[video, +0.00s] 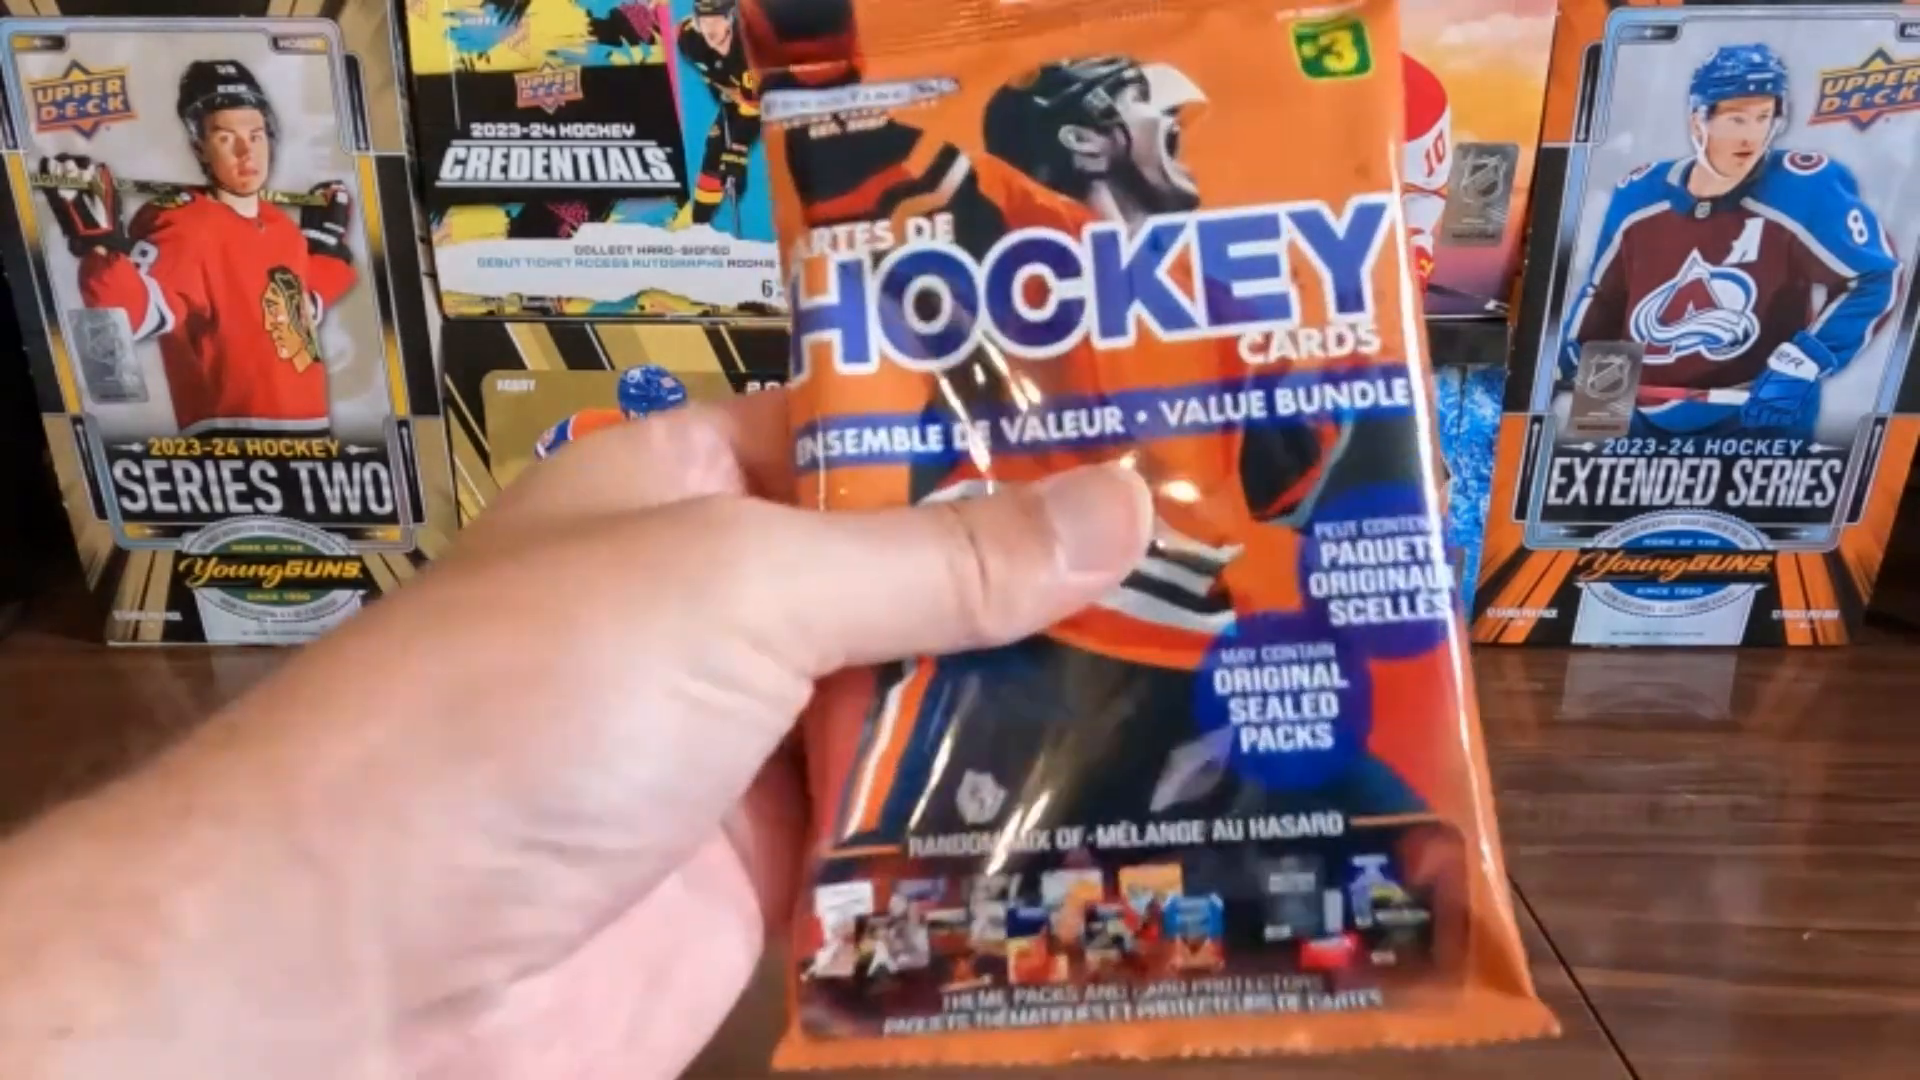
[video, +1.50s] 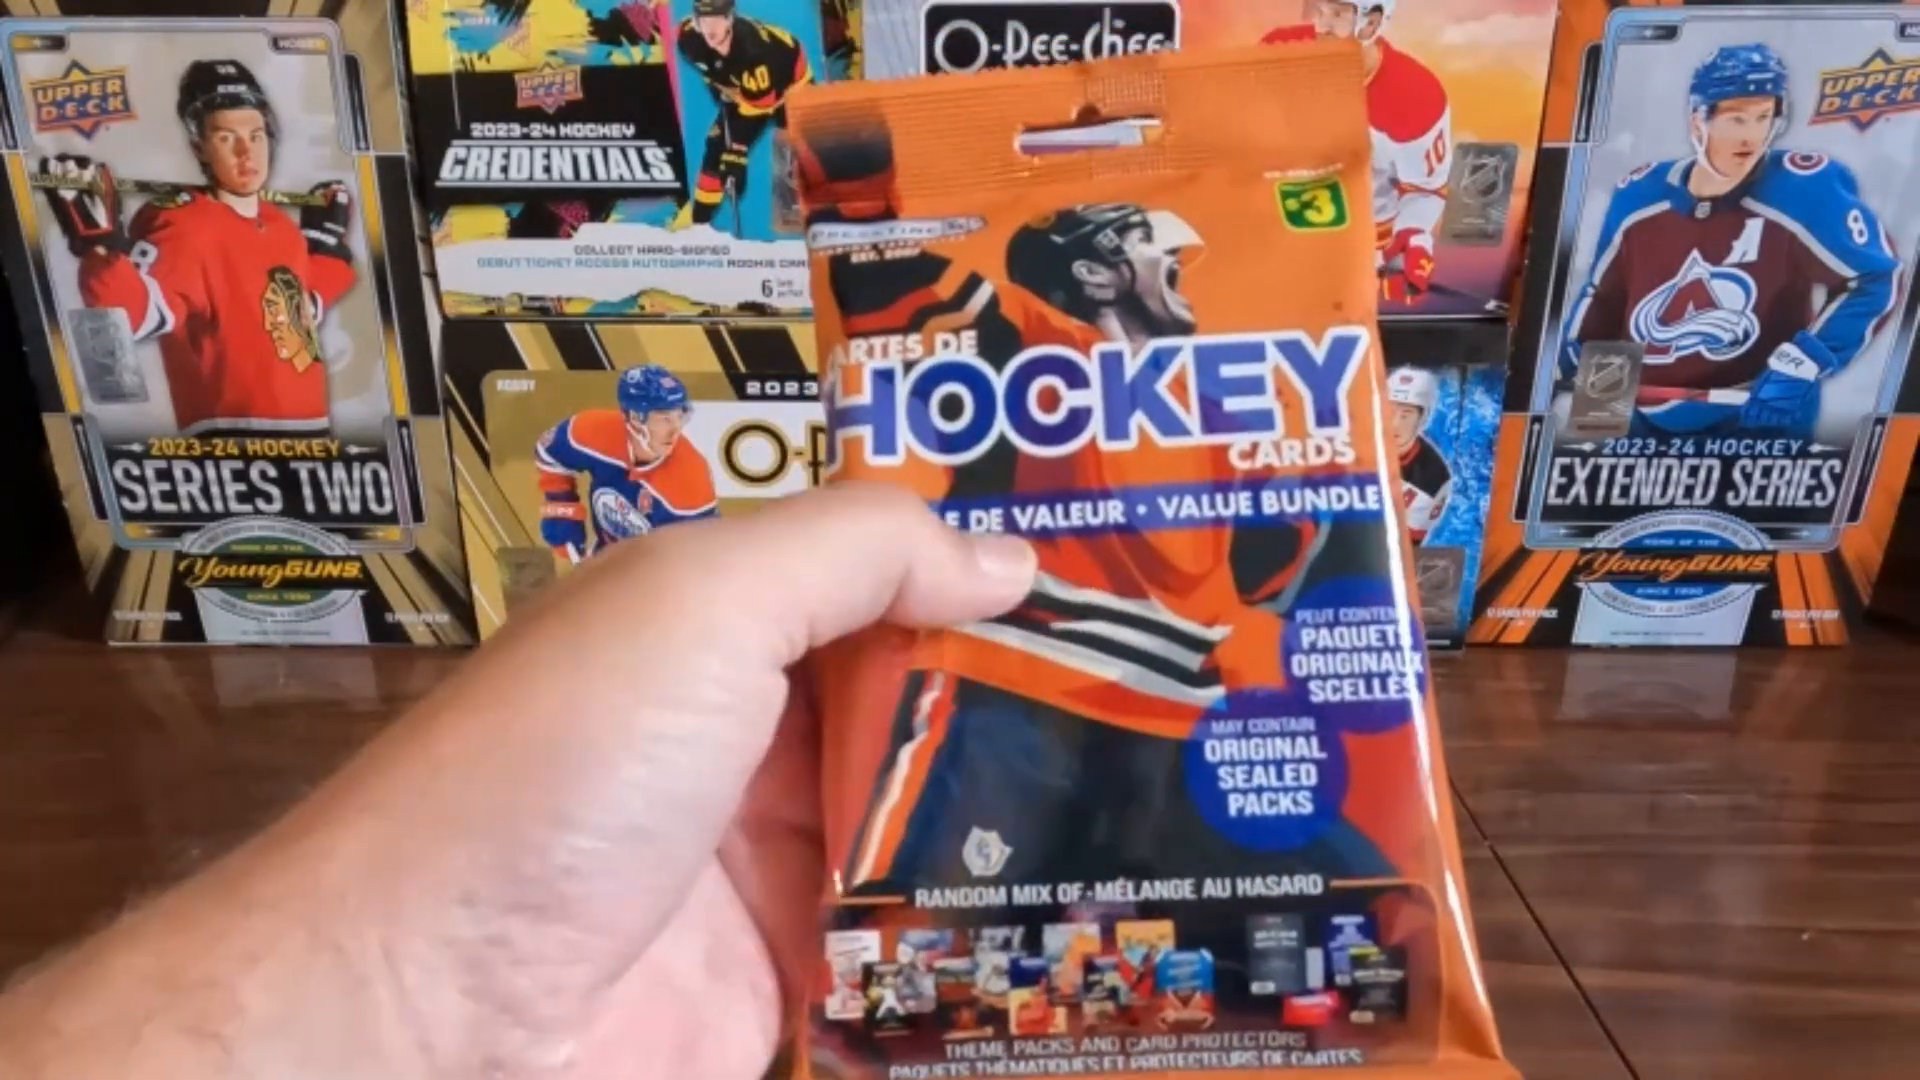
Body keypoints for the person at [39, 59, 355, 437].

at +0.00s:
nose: (247, 152)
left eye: (256, 135)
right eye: (227, 139)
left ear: (270, 139)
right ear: (201, 150)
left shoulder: (283, 227)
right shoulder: (184, 227)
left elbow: (300, 305)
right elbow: (137, 316)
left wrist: (335, 253)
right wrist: (100, 249)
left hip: (307, 433)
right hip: (229, 441)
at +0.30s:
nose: (247, 152)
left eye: (256, 135)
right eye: (227, 139)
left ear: (270, 139)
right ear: (201, 149)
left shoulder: (283, 227)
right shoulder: (183, 226)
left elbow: (301, 305)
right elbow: (138, 316)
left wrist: (334, 251)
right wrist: (100, 249)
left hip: (307, 433)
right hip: (229, 440)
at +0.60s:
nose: (247, 153)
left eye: (256, 135)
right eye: (227, 139)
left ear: (270, 139)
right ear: (201, 149)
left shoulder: (283, 227)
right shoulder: (184, 227)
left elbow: (304, 303)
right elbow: (140, 315)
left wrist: (335, 251)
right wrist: (100, 249)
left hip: (307, 433)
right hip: (230, 441)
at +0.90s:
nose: (247, 153)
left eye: (256, 135)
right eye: (228, 139)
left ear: (270, 140)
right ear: (201, 149)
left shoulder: (283, 228)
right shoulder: (183, 226)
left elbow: (303, 306)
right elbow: (139, 317)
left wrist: (334, 250)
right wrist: (101, 250)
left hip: (307, 433)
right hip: (230, 440)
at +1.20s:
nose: (247, 152)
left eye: (256, 135)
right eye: (228, 139)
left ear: (270, 139)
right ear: (201, 149)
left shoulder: (282, 227)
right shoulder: (183, 226)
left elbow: (303, 305)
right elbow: (139, 316)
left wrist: (334, 250)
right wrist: (100, 249)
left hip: (308, 433)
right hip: (230, 441)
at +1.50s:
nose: (247, 152)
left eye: (256, 135)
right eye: (228, 139)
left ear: (270, 139)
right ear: (200, 149)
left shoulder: (282, 227)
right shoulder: (183, 226)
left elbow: (303, 305)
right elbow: (140, 316)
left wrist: (334, 251)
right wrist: (100, 251)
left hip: (307, 432)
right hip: (230, 439)